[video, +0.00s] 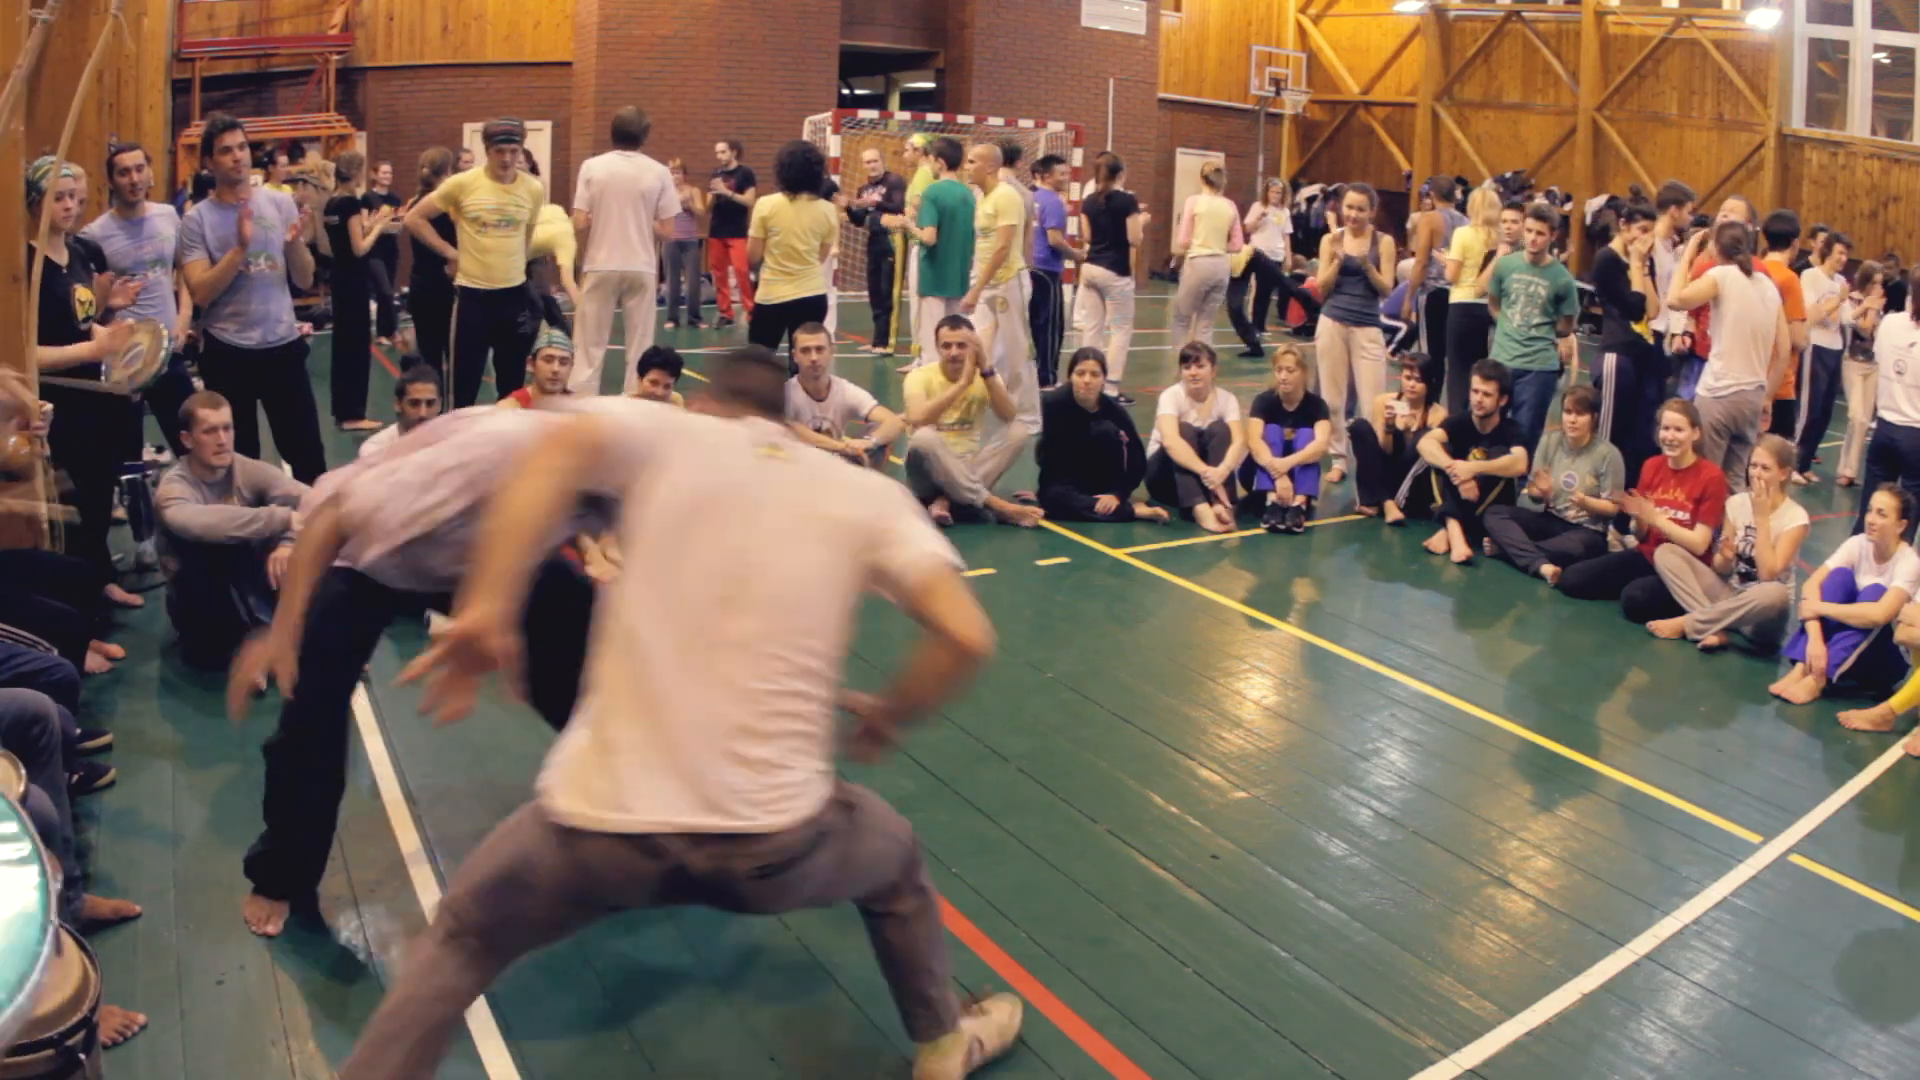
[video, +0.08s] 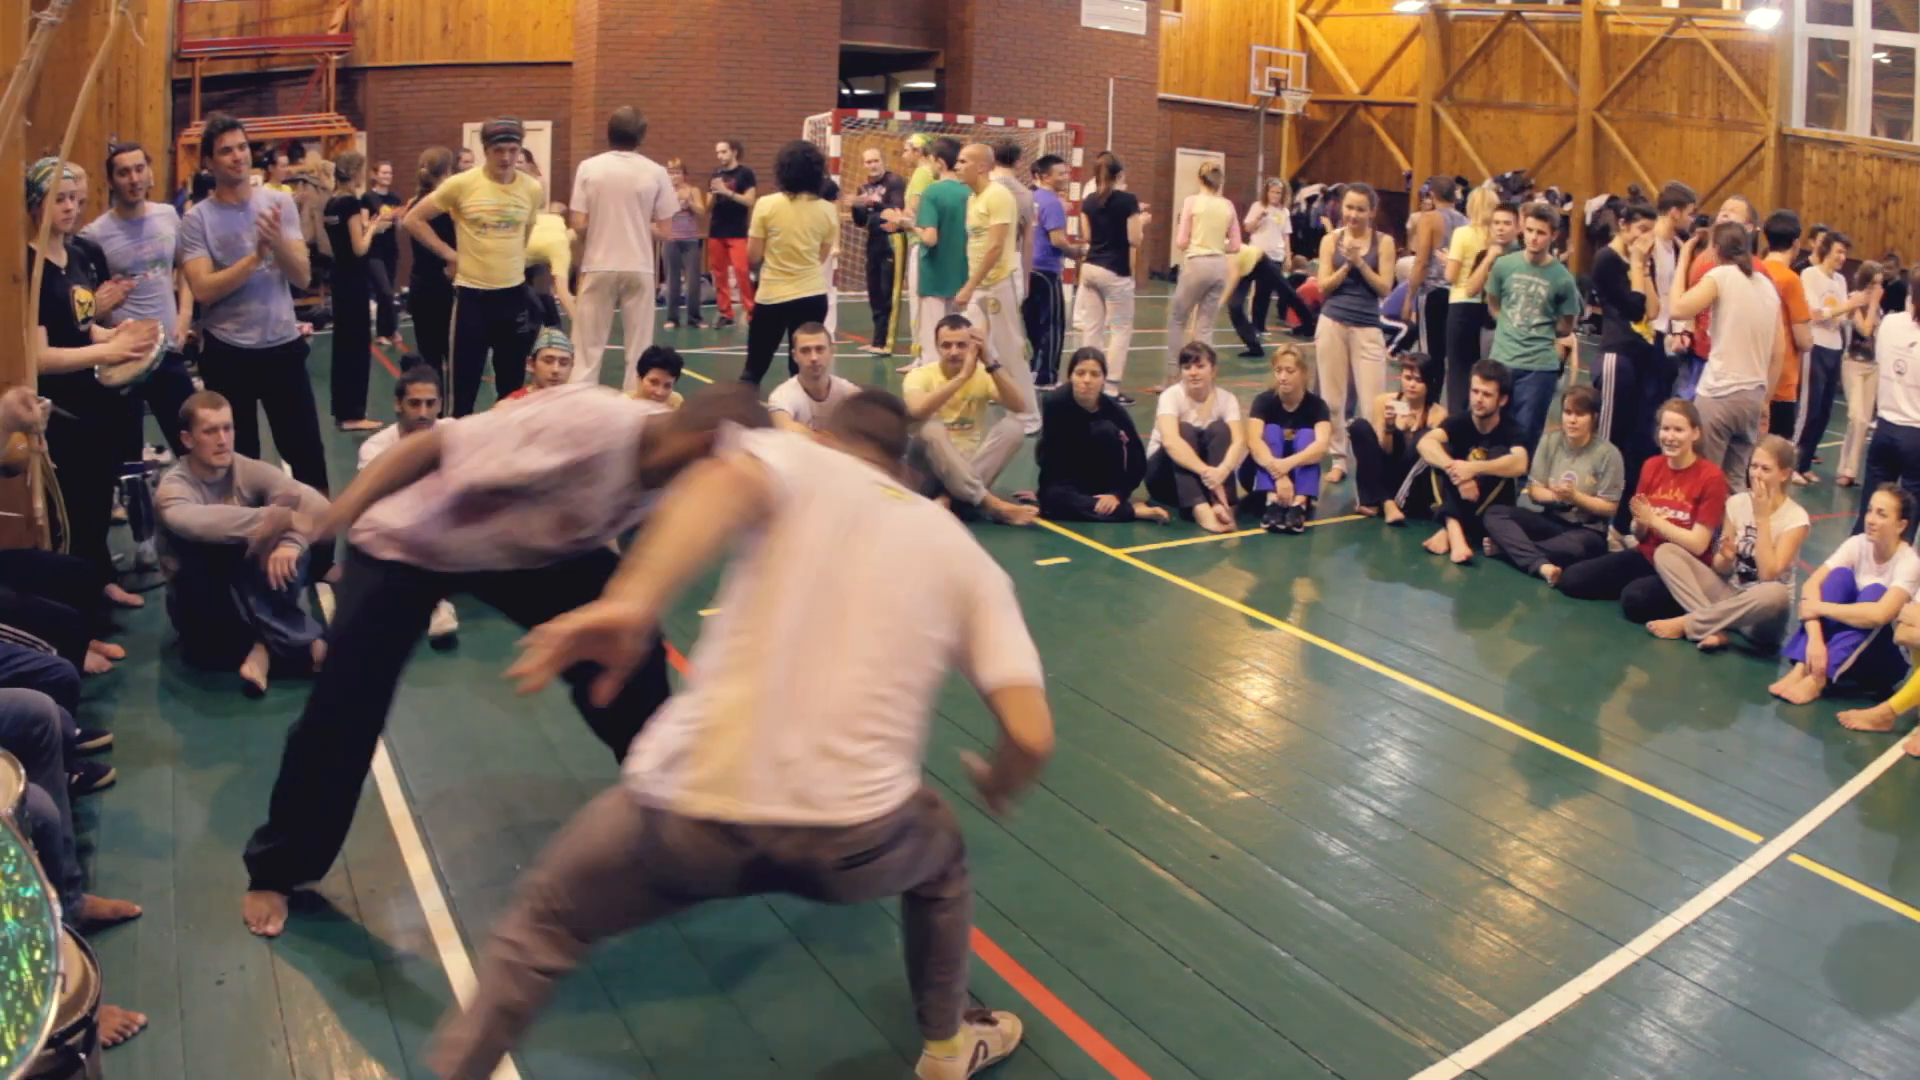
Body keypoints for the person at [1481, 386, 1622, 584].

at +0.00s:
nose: (1572, 420)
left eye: (1580, 414)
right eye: (1568, 412)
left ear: (1594, 418)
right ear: (1561, 414)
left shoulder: (1609, 455)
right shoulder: (1550, 441)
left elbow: (1613, 508)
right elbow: (1531, 492)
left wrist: (1585, 502)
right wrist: (1541, 492)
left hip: (1584, 531)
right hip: (1547, 519)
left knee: (1574, 548)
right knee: (1494, 514)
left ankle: (1508, 549)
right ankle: (1539, 566)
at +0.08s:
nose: (1572, 420)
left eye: (1580, 414)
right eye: (1568, 413)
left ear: (1594, 418)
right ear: (1561, 414)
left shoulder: (1609, 454)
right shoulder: (1549, 441)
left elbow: (1610, 508)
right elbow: (1534, 490)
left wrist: (1574, 496)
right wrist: (1557, 496)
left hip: (1584, 529)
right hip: (1547, 520)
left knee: (1575, 548)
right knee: (1494, 514)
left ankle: (1509, 549)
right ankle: (1539, 566)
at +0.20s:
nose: (1571, 420)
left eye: (1579, 414)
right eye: (1567, 412)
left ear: (1593, 417)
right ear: (1561, 414)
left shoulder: (1609, 454)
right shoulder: (1550, 441)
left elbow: (1613, 508)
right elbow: (1532, 490)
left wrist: (1579, 499)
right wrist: (1547, 492)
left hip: (1585, 529)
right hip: (1547, 520)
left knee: (1574, 548)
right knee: (1494, 514)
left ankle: (1509, 549)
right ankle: (1539, 566)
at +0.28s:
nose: (1572, 420)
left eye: (1579, 414)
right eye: (1567, 412)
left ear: (1593, 417)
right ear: (1561, 414)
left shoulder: (1608, 455)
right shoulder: (1549, 441)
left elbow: (1614, 507)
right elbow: (1532, 491)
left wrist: (1583, 501)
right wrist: (1542, 492)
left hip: (1585, 530)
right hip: (1547, 520)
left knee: (1573, 549)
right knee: (1494, 514)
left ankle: (1508, 549)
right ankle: (1539, 566)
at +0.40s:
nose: (1572, 420)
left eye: (1579, 414)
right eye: (1567, 413)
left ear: (1593, 417)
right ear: (1561, 414)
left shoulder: (1608, 454)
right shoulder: (1549, 442)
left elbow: (1609, 508)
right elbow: (1535, 491)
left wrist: (1574, 496)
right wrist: (1557, 496)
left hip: (1585, 530)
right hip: (1548, 520)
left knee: (1574, 548)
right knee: (1494, 514)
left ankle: (1508, 549)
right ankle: (1539, 566)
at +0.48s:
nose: (1571, 420)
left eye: (1579, 415)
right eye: (1567, 413)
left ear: (1593, 417)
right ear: (1561, 414)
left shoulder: (1609, 455)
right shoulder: (1549, 442)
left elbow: (1612, 509)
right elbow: (1533, 490)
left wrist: (1575, 496)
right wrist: (1552, 493)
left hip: (1584, 530)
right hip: (1546, 520)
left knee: (1574, 548)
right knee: (1494, 513)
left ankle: (1508, 549)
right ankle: (1539, 566)